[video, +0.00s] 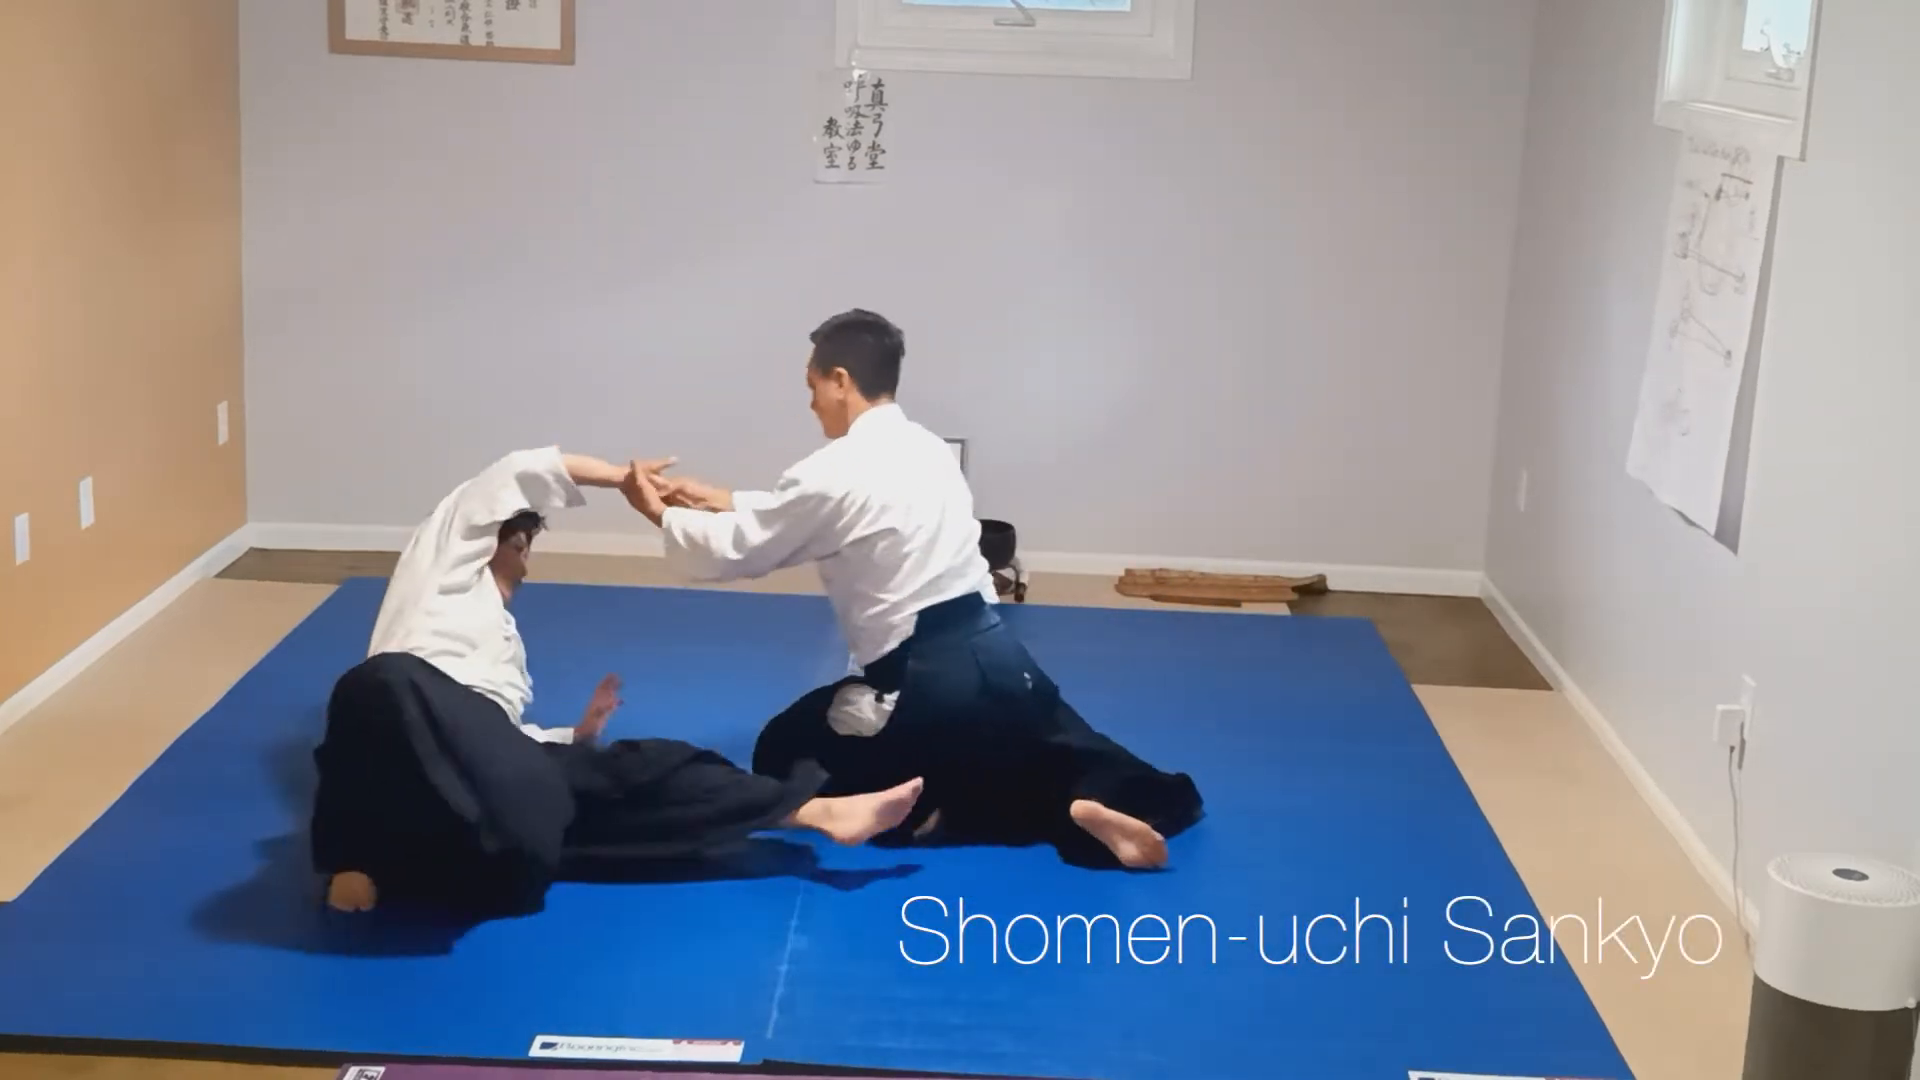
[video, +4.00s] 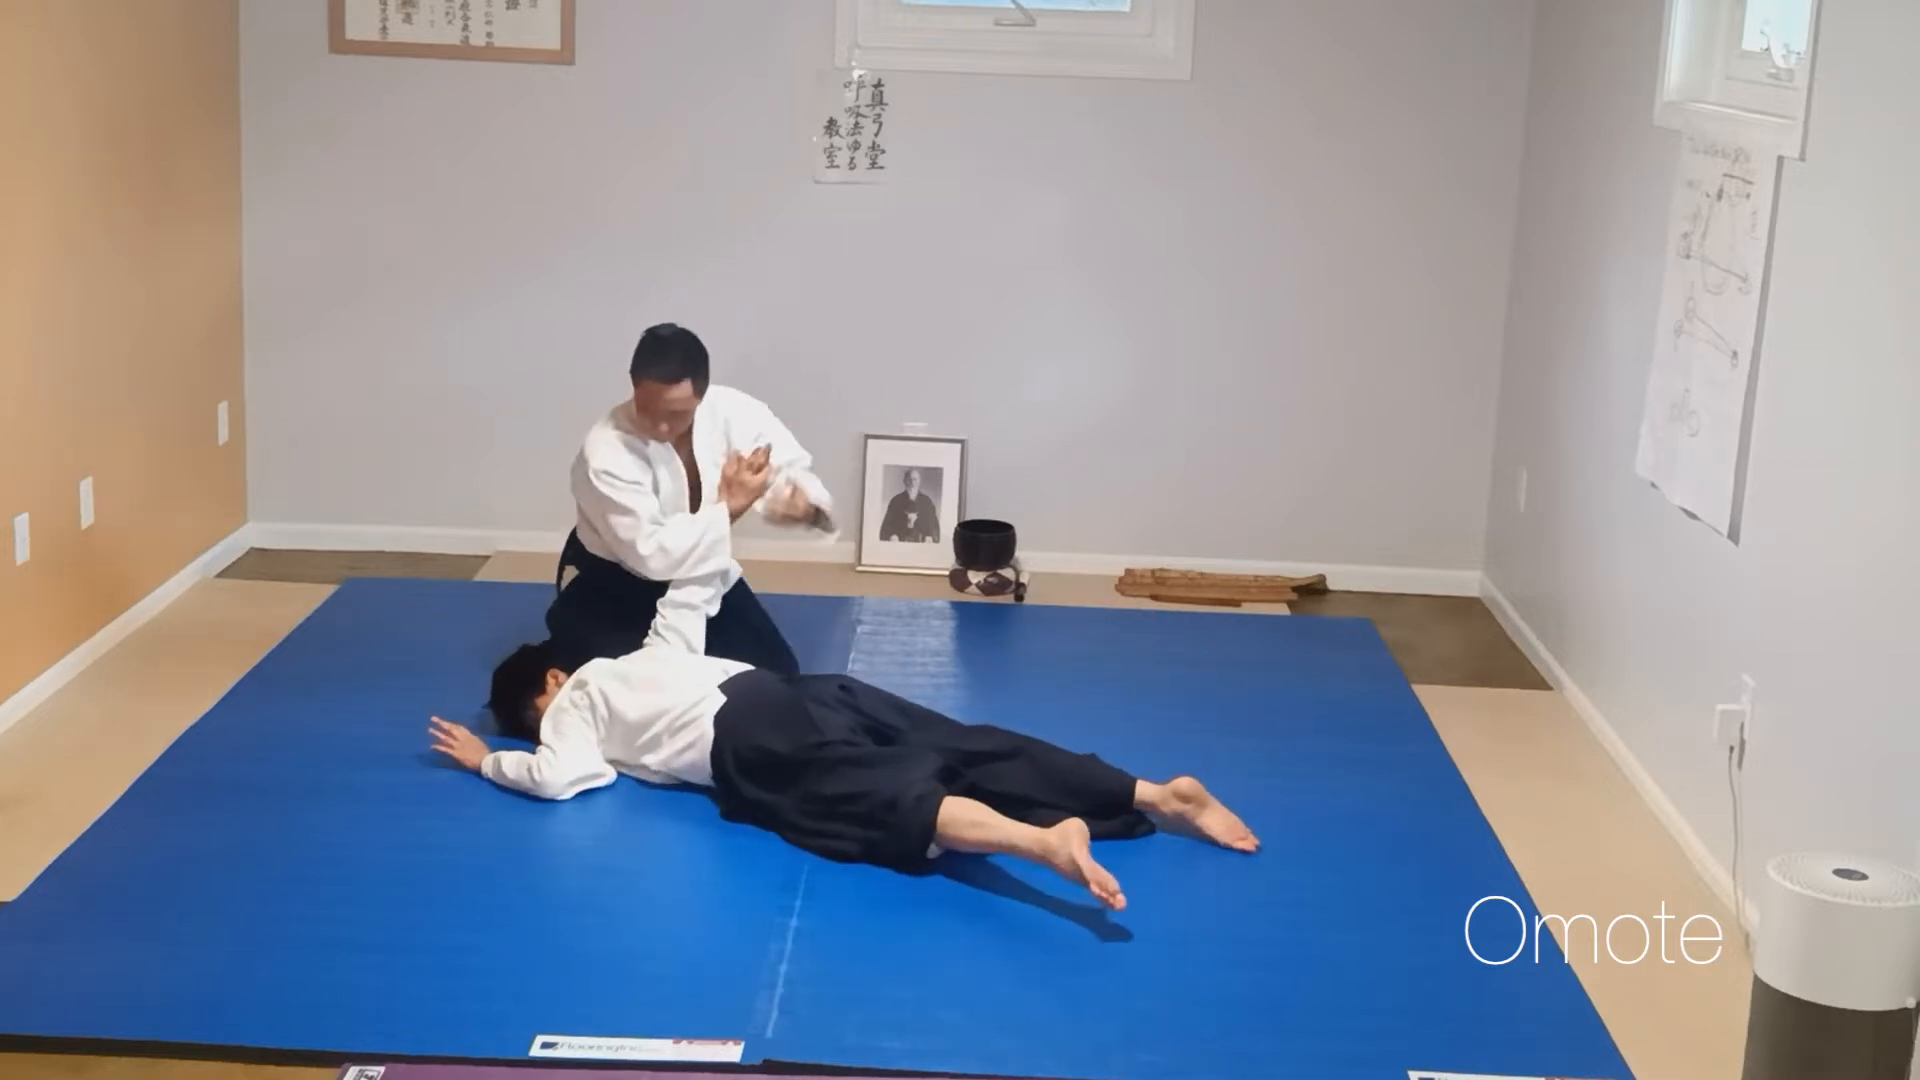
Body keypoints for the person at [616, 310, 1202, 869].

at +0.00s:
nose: (815, 405)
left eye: (814, 389)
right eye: (814, 388)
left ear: (837, 384)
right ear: (886, 384)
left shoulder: (833, 475)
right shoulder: (935, 452)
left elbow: (732, 547)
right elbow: (821, 512)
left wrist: (657, 512)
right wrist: (722, 499)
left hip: (917, 689)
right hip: (1009, 679)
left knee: (781, 753)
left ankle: (883, 796)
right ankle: (1082, 809)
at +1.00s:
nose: (699, 388)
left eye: (702, 372)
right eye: (691, 377)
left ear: (740, 347)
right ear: (740, 347)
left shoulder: (794, 404)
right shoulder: (744, 412)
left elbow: (811, 515)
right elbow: (708, 482)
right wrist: (666, 538)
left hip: (851, 602)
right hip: (799, 597)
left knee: (789, 737)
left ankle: (948, 746)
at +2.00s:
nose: (708, 375)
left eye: (718, 361)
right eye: (694, 364)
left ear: (730, 339)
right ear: (662, 343)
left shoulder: (758, 367)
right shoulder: (626, 412)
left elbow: (797, 443)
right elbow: (638, 525)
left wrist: (798, 525)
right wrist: (694, 611)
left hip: (717, 552)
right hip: (635, 563)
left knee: (751, 644)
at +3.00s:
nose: (700, 375)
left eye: (710, 361)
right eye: (686, 364)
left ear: (723, 339)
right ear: (657, 345)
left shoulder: (749, 374)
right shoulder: (623, 416)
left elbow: (792, 451)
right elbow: (634, 528)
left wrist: (796, 541)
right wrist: (691, 616)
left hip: (714, 565)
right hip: (630, 573)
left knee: (760, 672)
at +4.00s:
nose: (661, 427)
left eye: (676, 414)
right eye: (649, 412)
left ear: (700, 399)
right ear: (634, 388)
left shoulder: (733, 413)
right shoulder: (605, 455)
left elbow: (795, 471)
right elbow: (652, 554)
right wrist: (730, 506)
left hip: (709, 585)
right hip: (616, 588)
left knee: (778, 677)